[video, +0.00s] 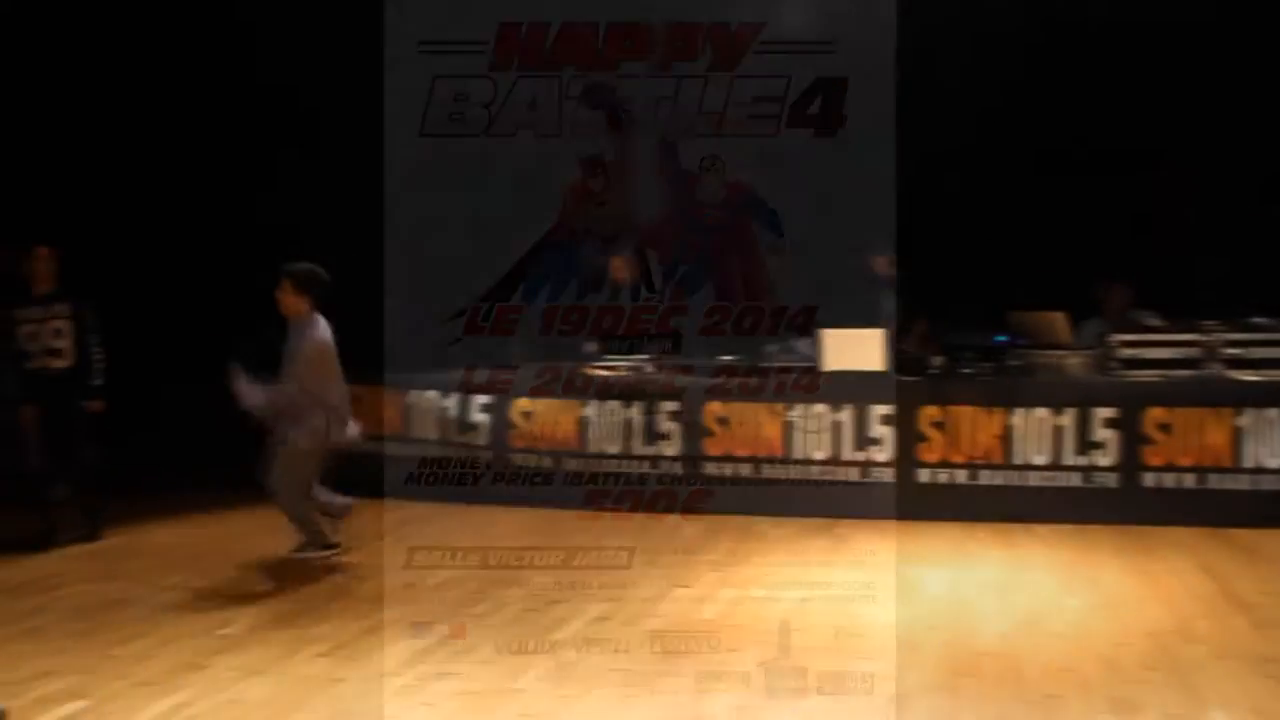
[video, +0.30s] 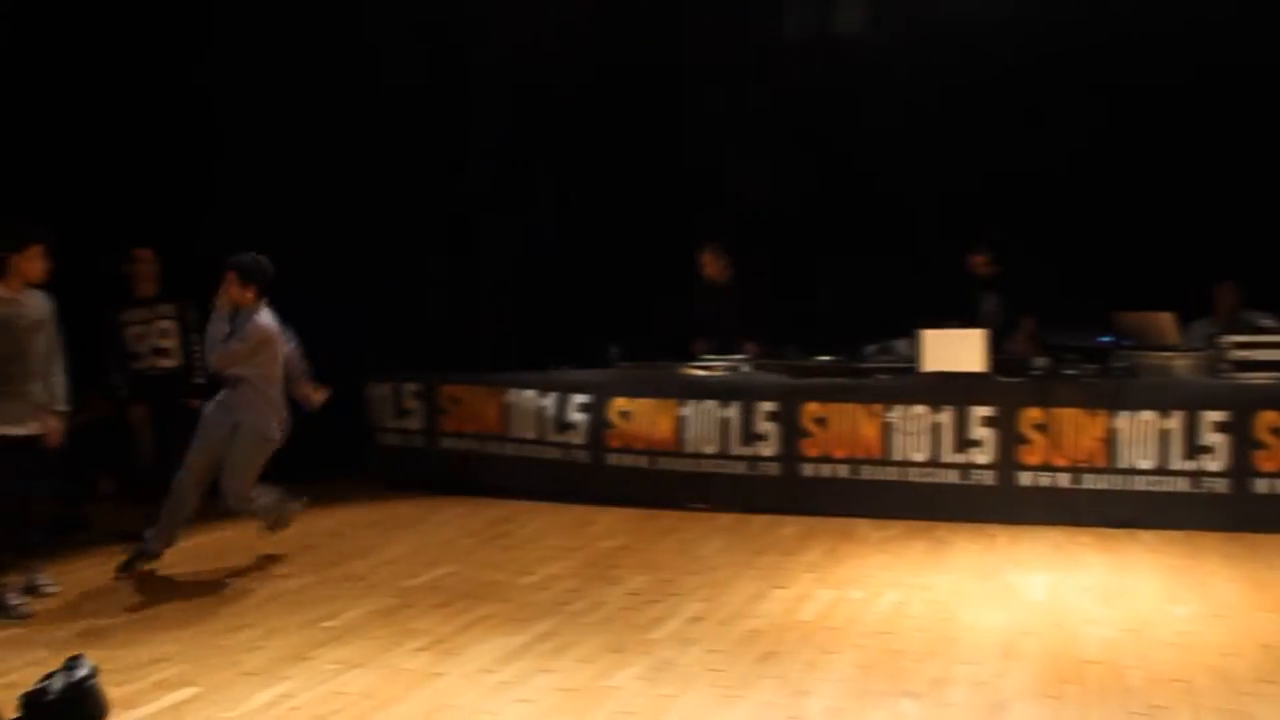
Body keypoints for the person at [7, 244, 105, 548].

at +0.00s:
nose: (43, 269)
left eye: (47, 263)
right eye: (38, 263)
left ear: (56, 267)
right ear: (29, 268)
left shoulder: (72, 304)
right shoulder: (20, 309)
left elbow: (92, 350)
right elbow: (14, 356)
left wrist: (94, 389)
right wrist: (17, 393)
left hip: (71, 391)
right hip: (35, 395)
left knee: (79, 456)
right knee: (43, 459)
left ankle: (88, 519)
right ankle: (48, 523)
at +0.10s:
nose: (74, 271)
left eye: (79, 264)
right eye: (69, 264)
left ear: (87, 269)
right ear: (59, 269)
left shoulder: (104, 306)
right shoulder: (51, 311)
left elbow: (123, 349)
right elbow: (43, 357)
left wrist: (125, 387)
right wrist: (49, 394)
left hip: (103, 393)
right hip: (67, 396)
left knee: (108, 457)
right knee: (74, 460)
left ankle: (112, 520)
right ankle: (80, 522)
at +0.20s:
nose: (110, 270)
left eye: (114, 264)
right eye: (104, 264)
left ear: (122, 268)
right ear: (94, 269)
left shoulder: (140, 305)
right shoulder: (87, 312)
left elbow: (159, 347)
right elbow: (81, 357)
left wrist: (161, 385)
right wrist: (88, 391)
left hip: (139, 390)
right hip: (104, 392)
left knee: (140, 456)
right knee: (111, 458)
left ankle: (139, 520)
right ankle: (117, 521)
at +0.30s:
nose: (145, 272)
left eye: (150, 265)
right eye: (139, 265)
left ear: (159, 270)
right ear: (131, 271)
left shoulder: (174, 307)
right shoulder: (124, 312)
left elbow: (192, 346)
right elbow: (119, 353)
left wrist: (196, 380)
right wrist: (124, 384)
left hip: (175, 381)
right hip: (140, 382)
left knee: (177, 436)